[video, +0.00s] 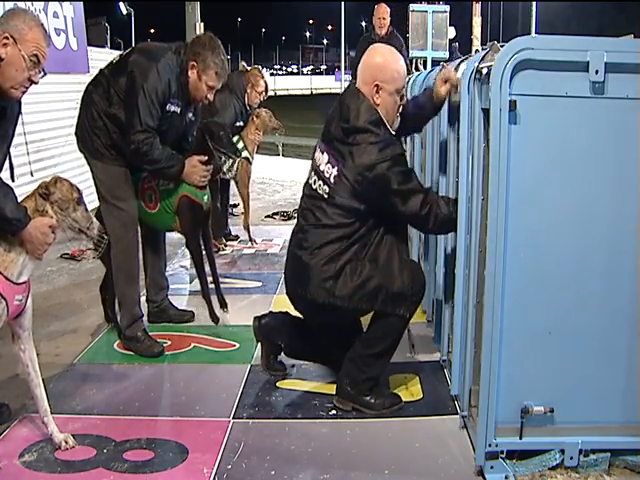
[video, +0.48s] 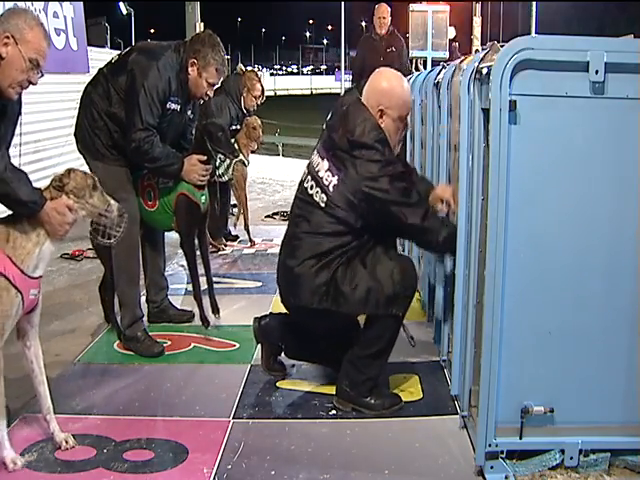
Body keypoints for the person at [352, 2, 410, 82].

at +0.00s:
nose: (381, 22)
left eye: (384, 19)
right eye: (378, 18)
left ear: (389, 20)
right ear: (373, 19)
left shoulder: (397, 41)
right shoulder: (365, 40)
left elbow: (405, 64)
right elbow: (356, 63)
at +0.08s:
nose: (381, 22)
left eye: (384, 19)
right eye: (378, 18)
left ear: (389, 20)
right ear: (373, 19)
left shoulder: (397, 41)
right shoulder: (365, 40)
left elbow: (403, 65)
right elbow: (356, 63)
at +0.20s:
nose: (381, 22)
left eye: (384, 18)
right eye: (378, 18)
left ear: (389, 19)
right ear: (373, 19)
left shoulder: (397, 40)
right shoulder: (365, 40)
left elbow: (404, 65)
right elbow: (356, 66)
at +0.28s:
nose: (381, 22)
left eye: (384, 18)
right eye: (378, 18)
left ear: (389, 19)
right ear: (373, 19)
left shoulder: (397, 40)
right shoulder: (365, 40)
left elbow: (403, 65)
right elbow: (356, 66)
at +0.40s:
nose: (381, 21)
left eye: (384, 18)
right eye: (378, 18)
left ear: (389, 19)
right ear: (373, 19)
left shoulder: (398, 41)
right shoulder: (365, 41)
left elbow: (404, 67)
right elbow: (357, 67)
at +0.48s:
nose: (381, 22)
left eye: (384, 18)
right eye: (378, 18)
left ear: (390, 19)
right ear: (373, 19)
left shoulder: (398, 41)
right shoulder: (365, 41)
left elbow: (404, 69)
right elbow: (357, 69)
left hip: (393, 86)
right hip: (369, 86)